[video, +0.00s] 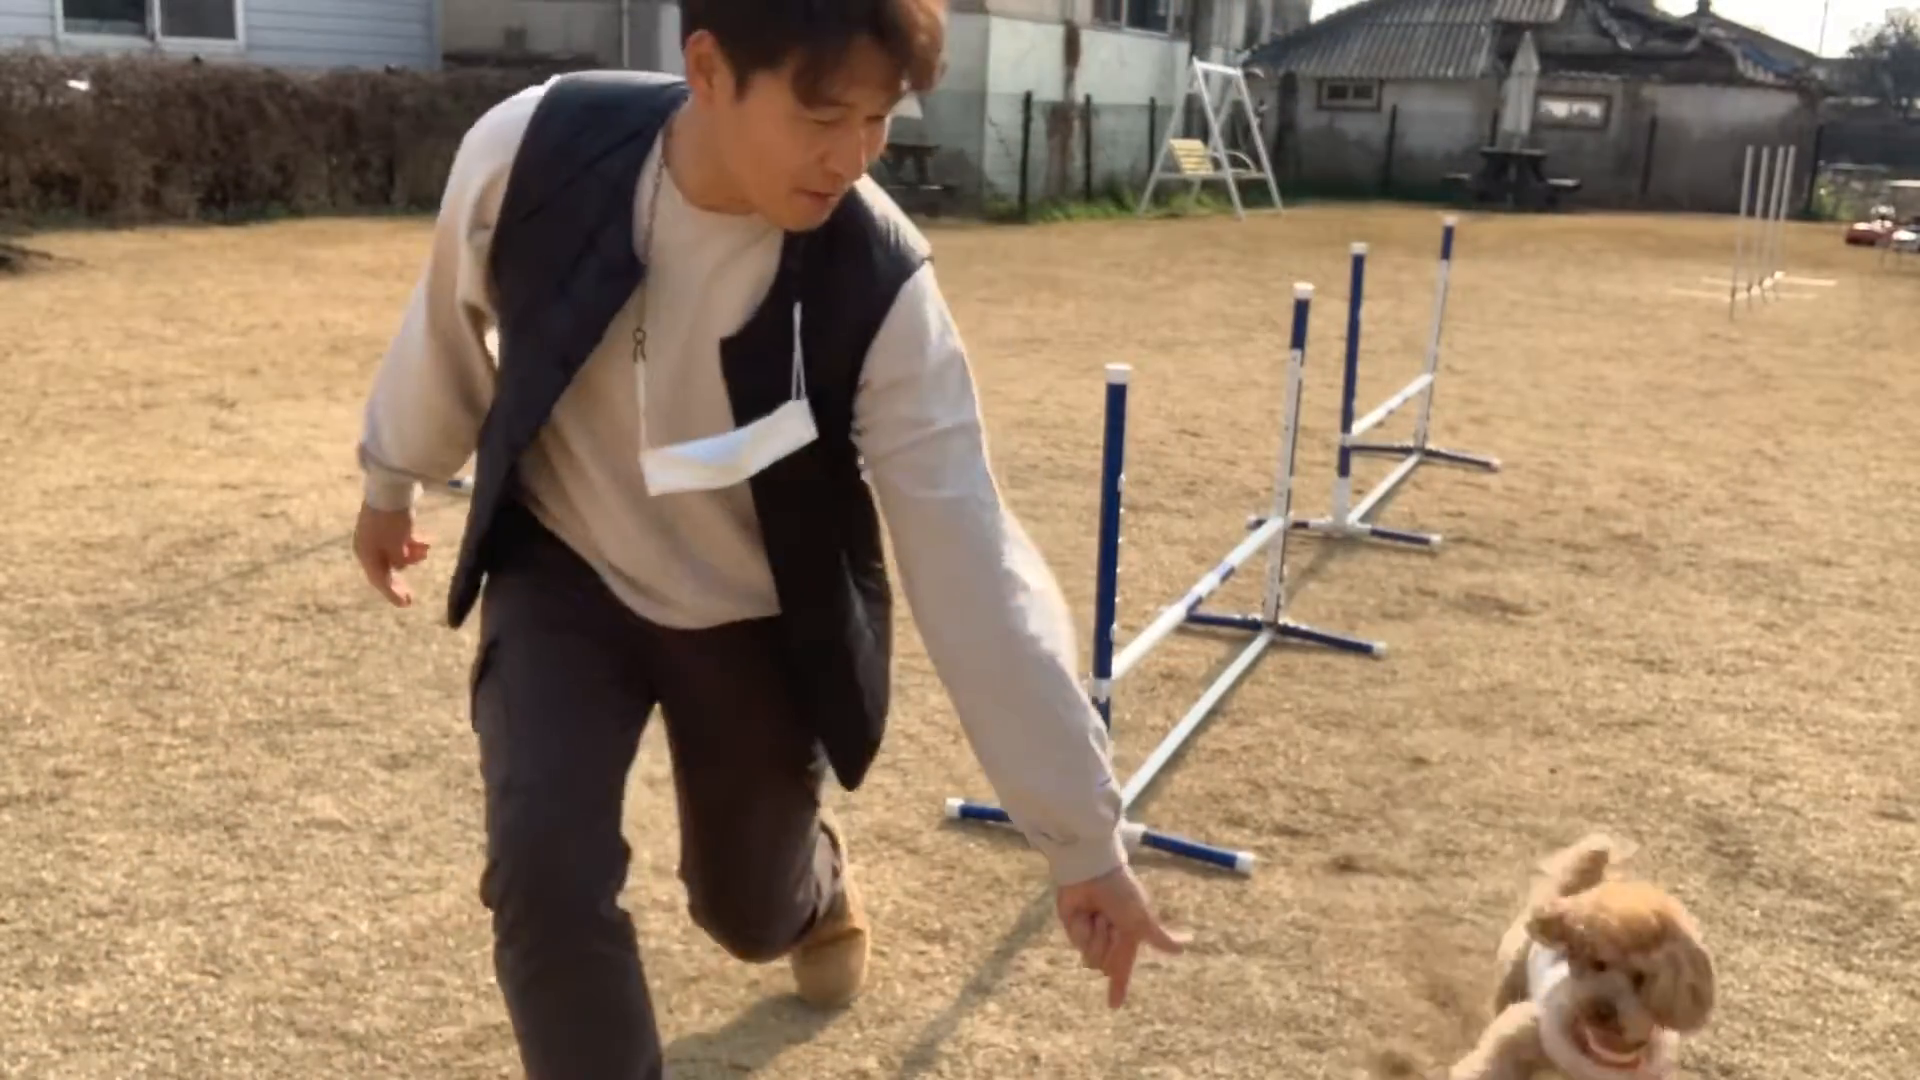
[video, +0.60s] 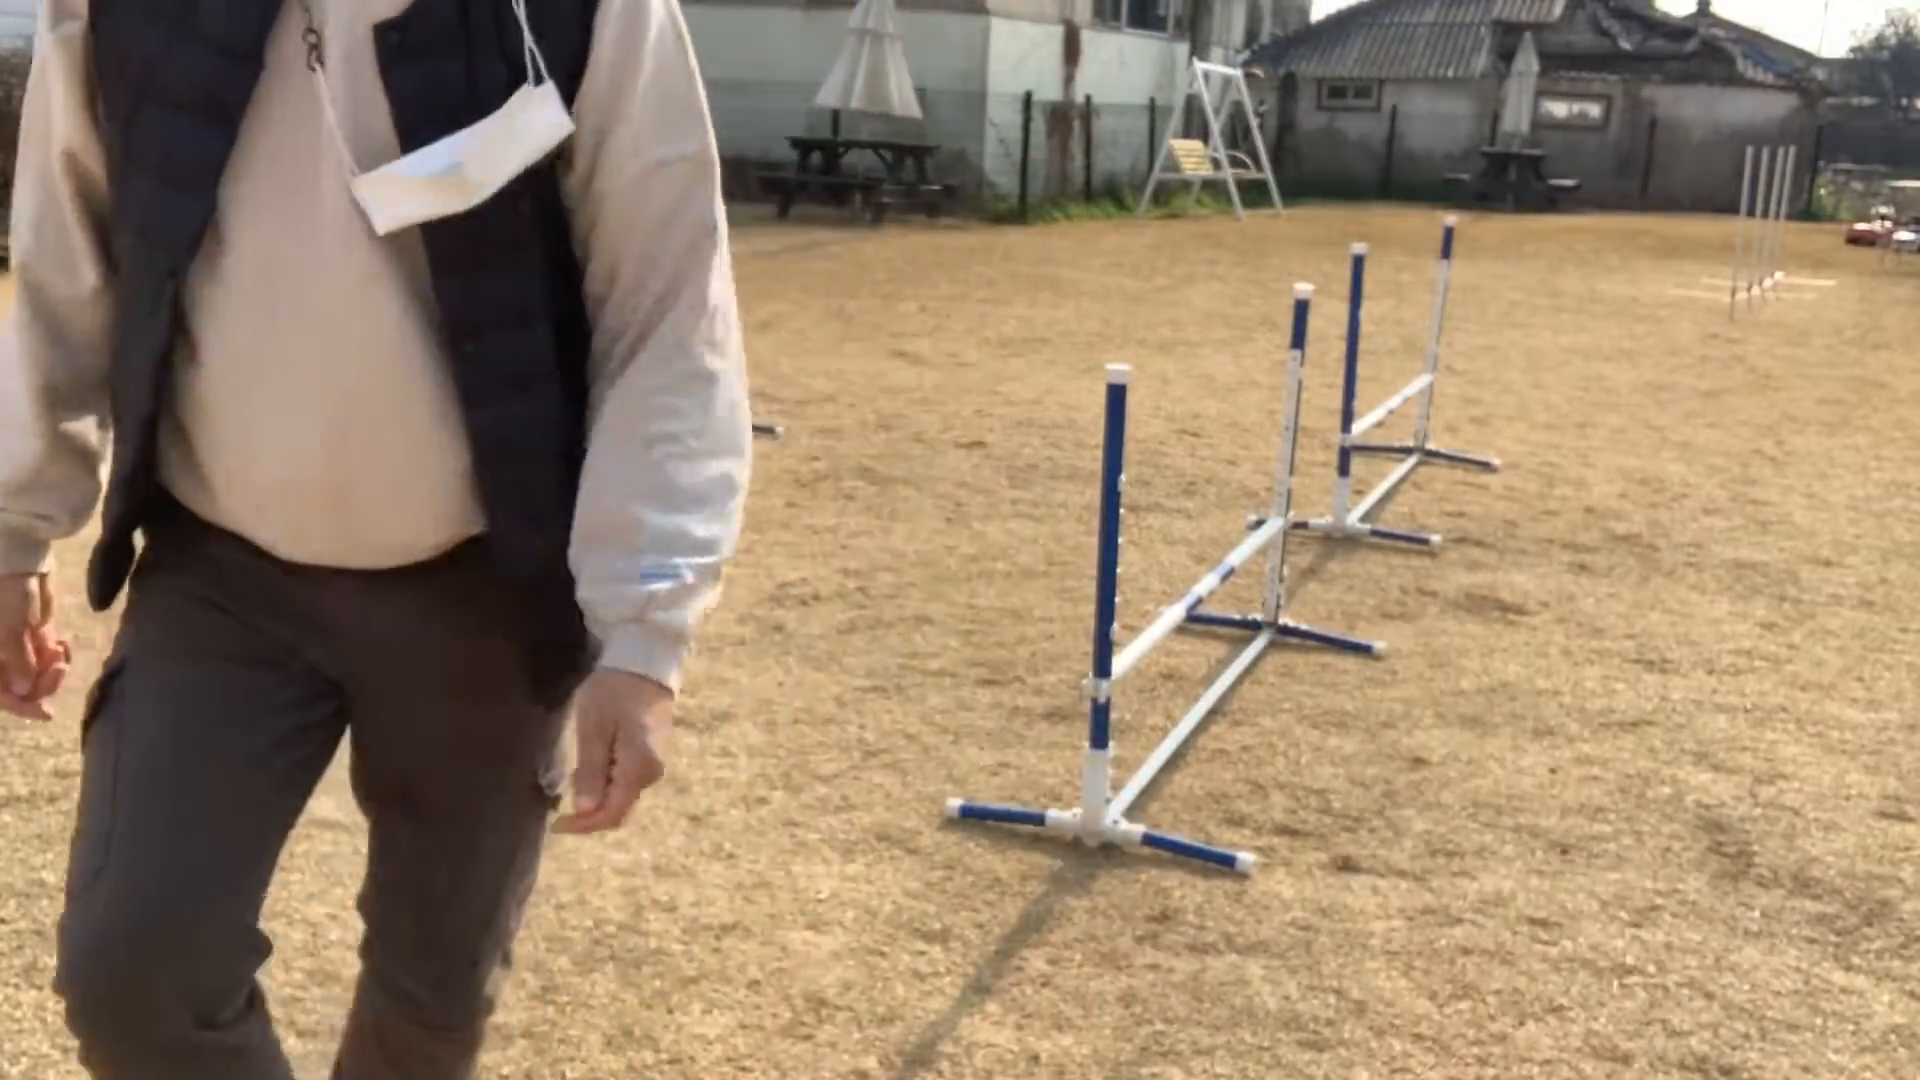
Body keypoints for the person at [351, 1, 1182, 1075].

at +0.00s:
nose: (854, 158)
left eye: (879, 121)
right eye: (820, 116)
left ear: (901, 107)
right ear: (707, 72)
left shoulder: (875, 280)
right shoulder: (532, 152)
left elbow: (972, 562)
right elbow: (447, 319)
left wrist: (1088, 847)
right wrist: (391, 476)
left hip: (749, 605)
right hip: (562, 568)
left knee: (748, 912)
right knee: (542, 887)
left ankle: (820, 888)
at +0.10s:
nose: (778, 160)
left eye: (813, 115)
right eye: (739, 112)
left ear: (840, 102)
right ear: (620, 66)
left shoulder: (828, 289)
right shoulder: (461, 151)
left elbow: (892, 627)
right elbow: (396, 359)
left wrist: (975, 942)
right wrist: (336, 542)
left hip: (715, 623)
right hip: (517, 589)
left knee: (695, 950)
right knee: (489, 917)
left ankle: (779, 897)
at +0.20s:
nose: (709, 73)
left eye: (743, 24)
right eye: (664, 19)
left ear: (772, 22)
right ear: (547, 5)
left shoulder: (785, 227)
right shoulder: (392, 98)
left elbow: (801, 585)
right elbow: (323, 332)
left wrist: (781, 921)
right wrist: (269, 550)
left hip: (682, 606)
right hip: (480, 581)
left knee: (647, 923)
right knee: (483, 930)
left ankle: (666, 983)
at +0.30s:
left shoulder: (746, 116)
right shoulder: (332, 38)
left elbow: (746, 477)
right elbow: (265, 284)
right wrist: (221, 515)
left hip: (654, 565)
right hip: (439, 552)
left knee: (632, 919)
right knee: (487, 940)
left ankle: (515, 1009)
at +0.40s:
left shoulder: (694, 24)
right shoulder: (236, 14)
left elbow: (706, 354)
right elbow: (200, 234)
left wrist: (527, 623)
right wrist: (165, 476)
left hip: (623, 545)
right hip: (384, 533)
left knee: (576, 922)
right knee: (433, 942)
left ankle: (460, 1066)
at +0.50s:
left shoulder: (642, 19)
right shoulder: (179, 14)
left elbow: (684, 313)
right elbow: (128, 247)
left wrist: (553, 596)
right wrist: (87, 513)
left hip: (555, 569)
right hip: (300, 553)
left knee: (473, 977)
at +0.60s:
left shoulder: (593, 15)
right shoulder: (121, 16)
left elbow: (673, 323)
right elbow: (60, 265)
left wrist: (641, 644)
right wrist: (16, 537)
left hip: (477, 590)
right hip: (217, 571)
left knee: (431, 1006)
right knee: (133, 977)